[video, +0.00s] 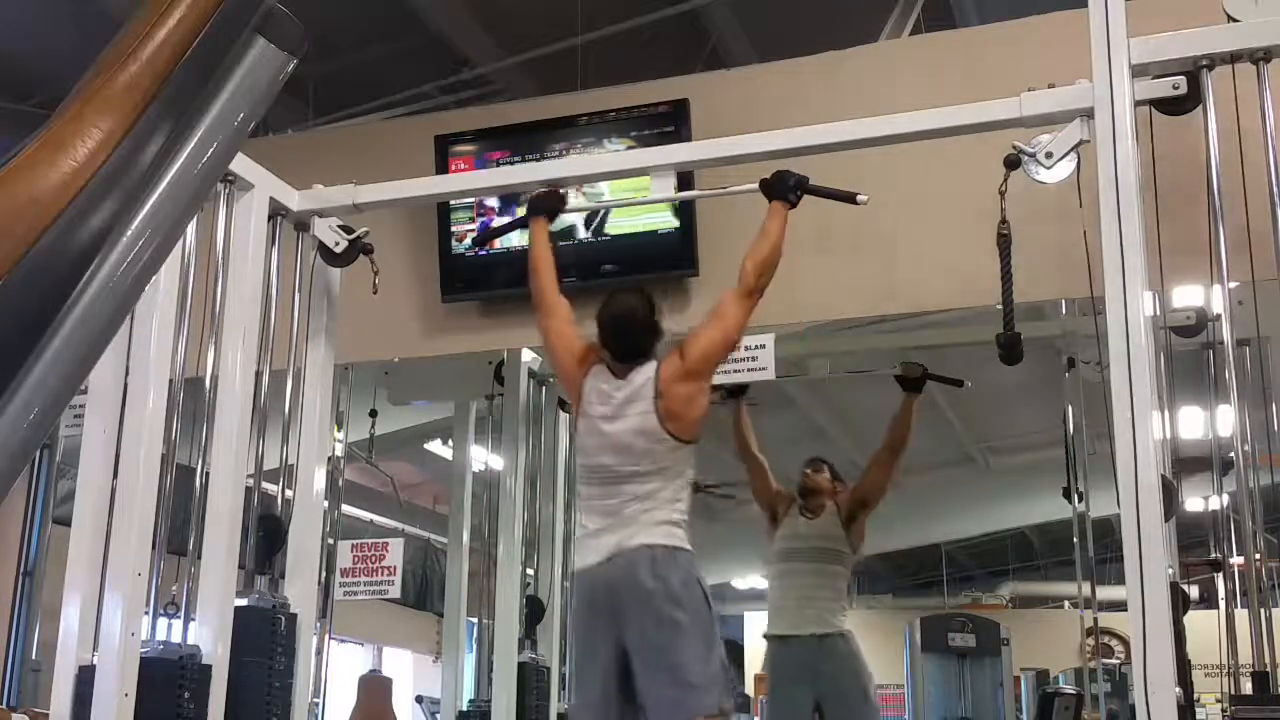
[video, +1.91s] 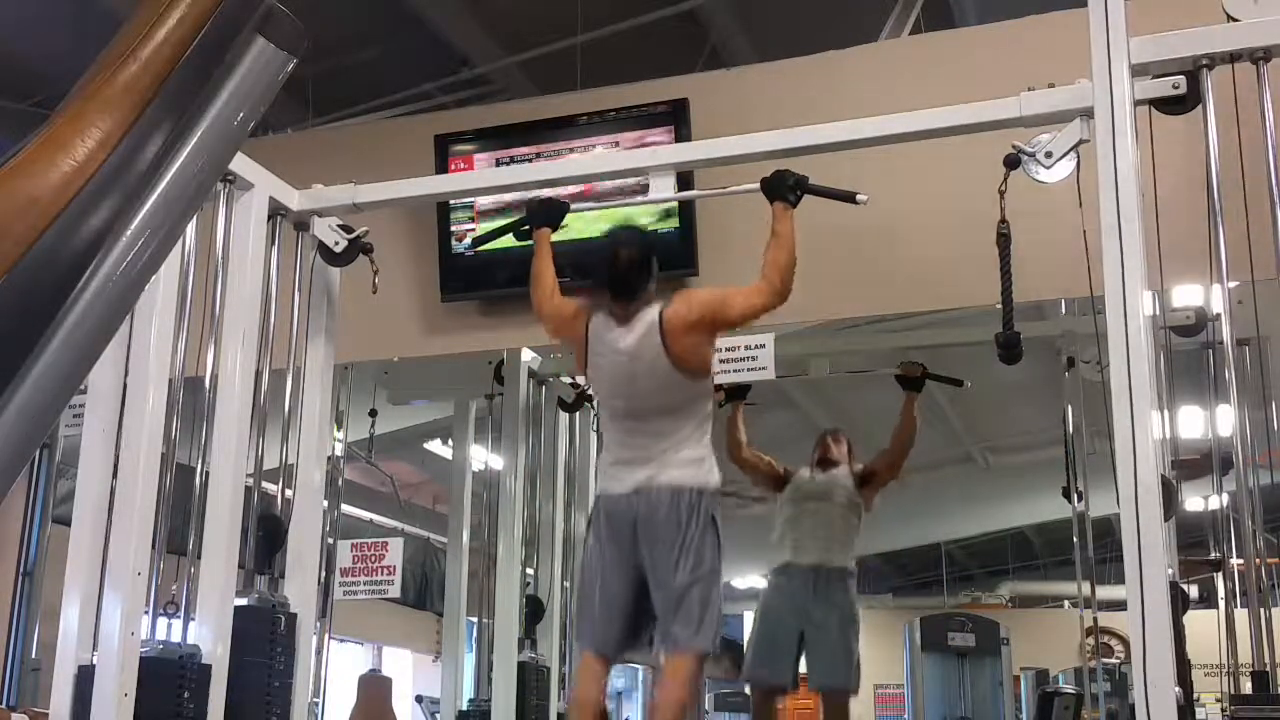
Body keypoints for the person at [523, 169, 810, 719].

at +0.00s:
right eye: (650, 315)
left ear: (601, 338)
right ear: (655, 331)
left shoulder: (583, 377)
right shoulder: (684, 373)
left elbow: (547, 300)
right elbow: (749, 288)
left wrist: (538, 219)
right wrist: (779, 203)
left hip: (590, 570)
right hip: (658, 562)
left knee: (595, 711)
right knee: (693, 709)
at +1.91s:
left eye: (610, 271)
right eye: (644, 266)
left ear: (602, 280)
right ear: (655, 272)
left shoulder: (585, 327)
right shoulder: (692, 312)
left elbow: (546, 301)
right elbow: (773, 288)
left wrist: (542, 234)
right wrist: (783, 207)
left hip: (613, 498)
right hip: (682, 496)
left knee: (594, 652)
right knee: (683, 650)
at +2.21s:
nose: (655, 160)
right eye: (653, 154)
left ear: (601, 176)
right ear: (655, 164)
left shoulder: (581, 230)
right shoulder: (694, 218)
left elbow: (540, 298)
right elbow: (771, 275)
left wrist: (541, 228)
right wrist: (784, 205)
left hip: (625, 398)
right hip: (690, 394)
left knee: (624, 544)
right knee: (693, 537)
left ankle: (631, 684)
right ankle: (626, 665)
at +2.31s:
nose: (657, 139)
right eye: (657, 131)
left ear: (604, 151)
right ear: (660, 141)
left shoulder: (584, 210)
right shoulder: (696, 196)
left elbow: (545, 291)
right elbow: (755, 269)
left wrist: (538, 230)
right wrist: (783, 201)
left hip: (629, 375)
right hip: (693, 369)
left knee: (641, 518)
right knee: (699, 512)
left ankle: (653, 664)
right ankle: (633, 641)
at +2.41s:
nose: (663, 132)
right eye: (662, 124)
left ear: (607, 146)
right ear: (662, 136)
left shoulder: (585, 208)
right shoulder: (696, 195)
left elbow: (549, 289)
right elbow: (755, 269)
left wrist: (538, 226)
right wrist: (783, 199)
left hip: (629, 370)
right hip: (695, 364)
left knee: (651, 513)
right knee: (700, 507)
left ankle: (663, 656)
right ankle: (644, 643)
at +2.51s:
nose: (659, 153)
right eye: (659, 145)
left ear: (607, 169)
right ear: (661, 155)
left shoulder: (584, 227)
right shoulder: (696, 215)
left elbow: (544, 297)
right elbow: (771, 278)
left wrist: (540, 230)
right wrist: (784, 204)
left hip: (631, 391)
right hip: (694, 385)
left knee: (652, 534)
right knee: (706, 529)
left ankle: (665, 671)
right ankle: (653, 665)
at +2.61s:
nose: (655, 189)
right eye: (656, 182)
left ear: (607, 202)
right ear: (660, 195)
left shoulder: (585, 258)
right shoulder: (696, 249)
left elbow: (542, 304)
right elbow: (782, 282)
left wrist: (540, 233)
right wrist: (784, 207)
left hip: (629, 429)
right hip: (695, 424)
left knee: (649, 574)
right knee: (706, 568)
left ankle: (667, 704)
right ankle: (659, 705)